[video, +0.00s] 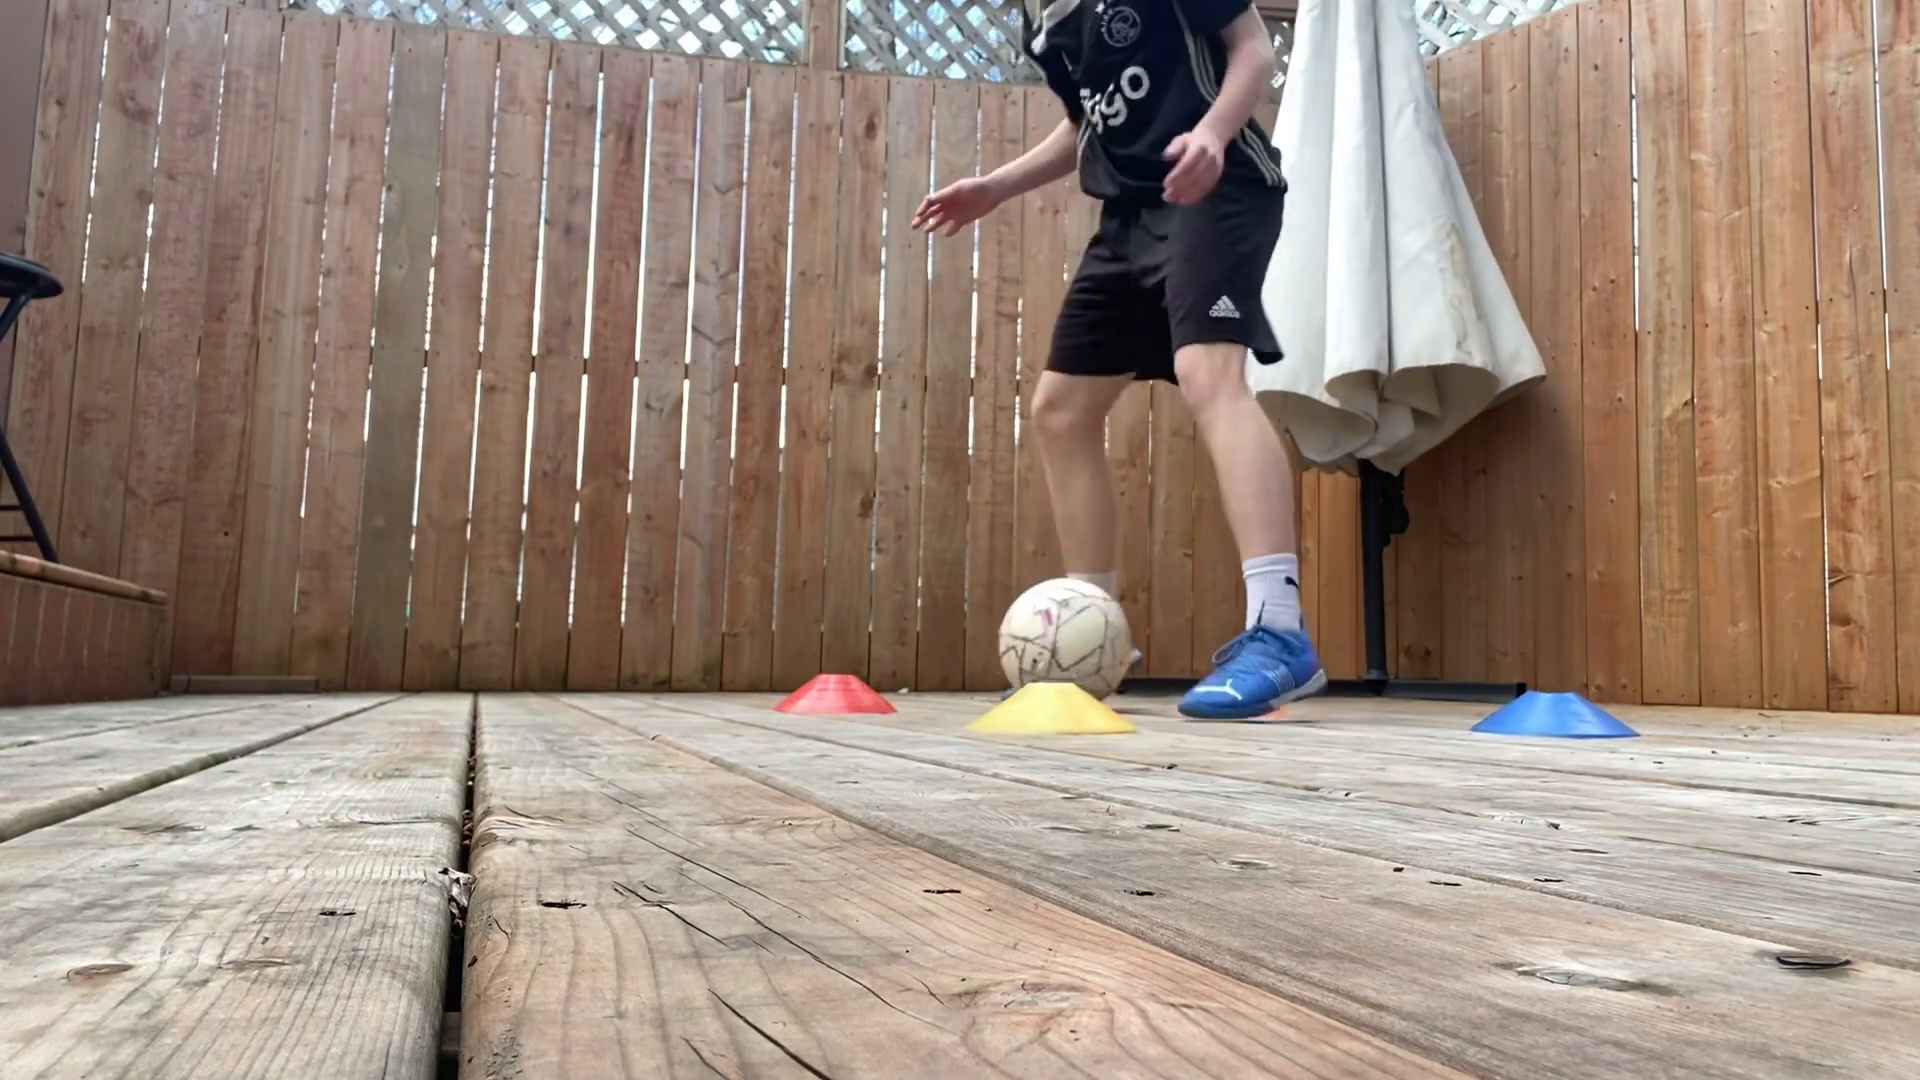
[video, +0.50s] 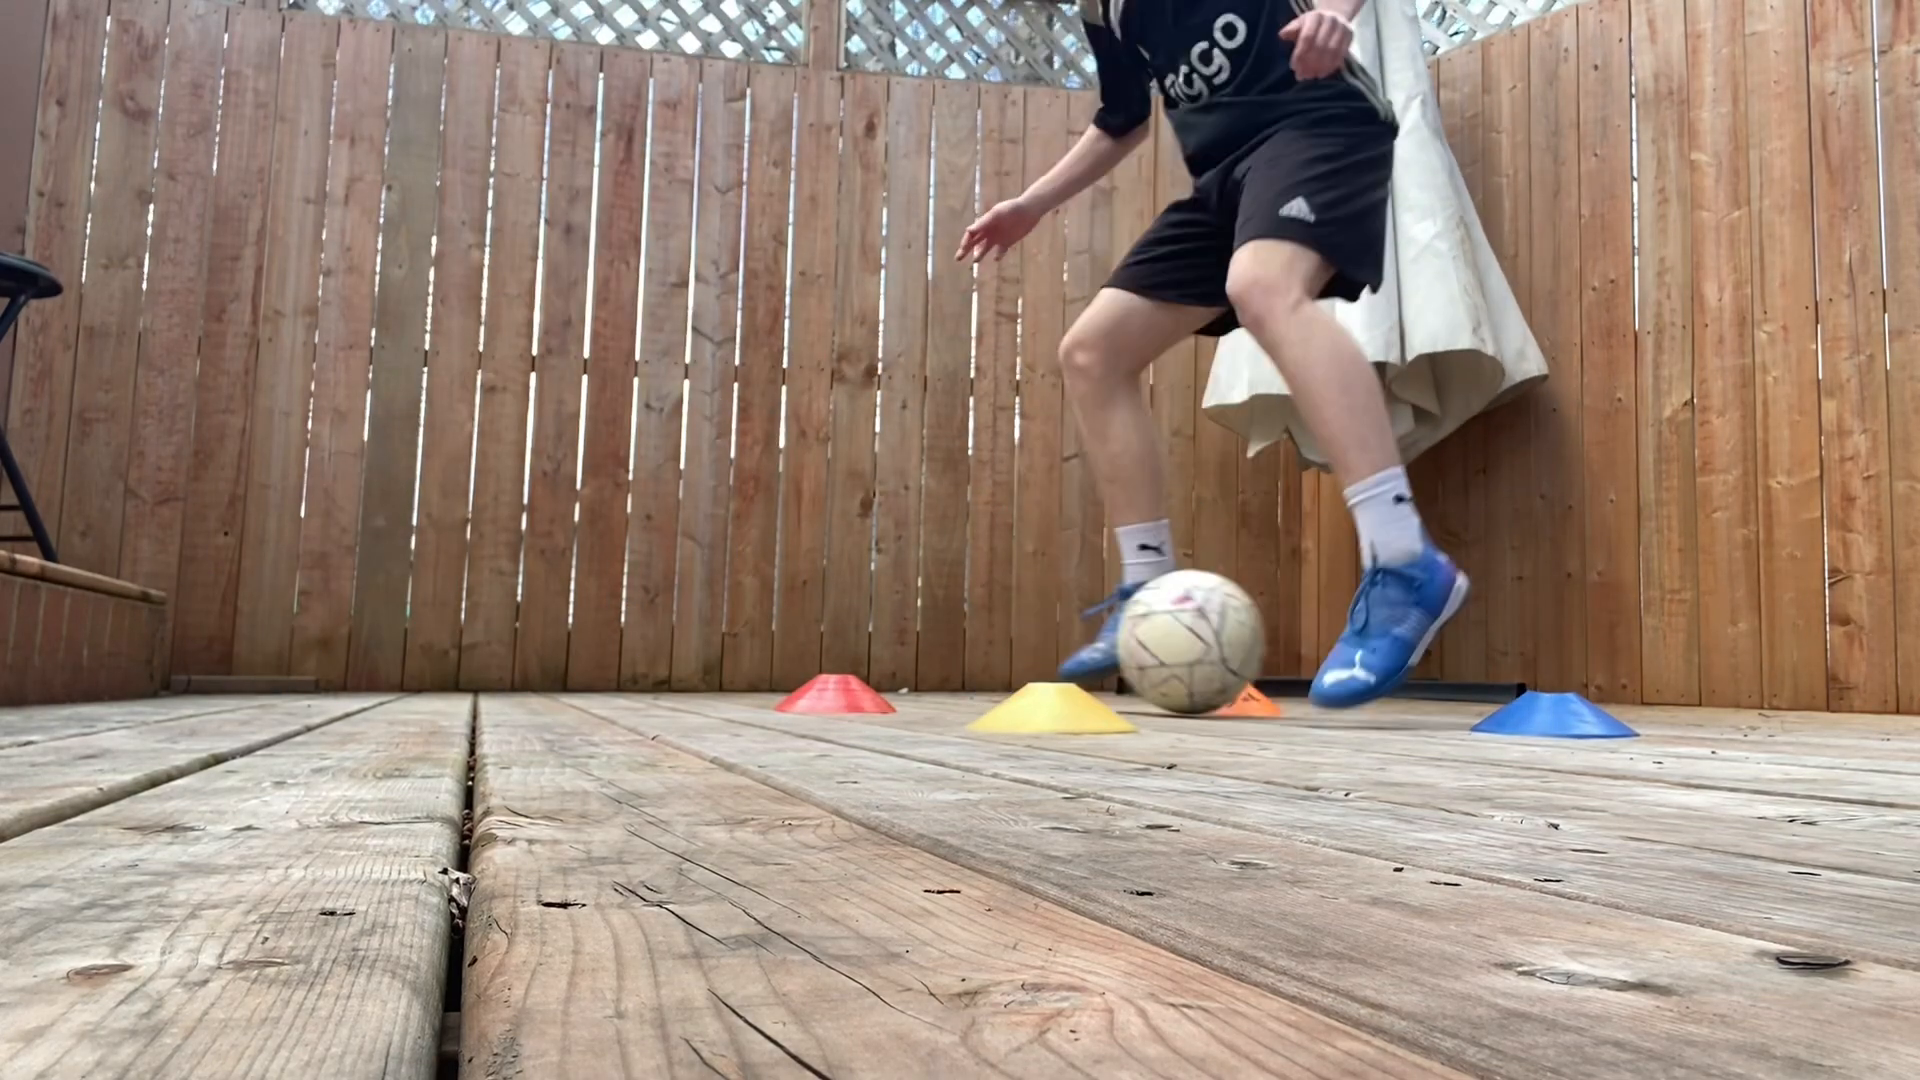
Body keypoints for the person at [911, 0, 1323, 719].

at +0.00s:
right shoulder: (1048, 27)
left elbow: (1255, 50)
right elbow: (1083, 131)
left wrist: (1213, 134)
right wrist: (993, 187)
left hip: (1216, 184)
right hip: (1128, 210)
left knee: (1208, 373)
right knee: (1060, 415)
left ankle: (1279, 635)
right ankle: (1095, 646)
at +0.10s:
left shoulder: (1166, 2)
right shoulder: (1024, 47)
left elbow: (1250, 91)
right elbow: (1052, 161)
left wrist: (1232, 170)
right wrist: (969, 219)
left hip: (1200, 204)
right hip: (1112, 239)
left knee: (1201, 368)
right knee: (1040, 437)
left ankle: (1281, 618)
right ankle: (1069, 654)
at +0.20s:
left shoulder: (1169, 13)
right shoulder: (1013, 75)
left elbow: (1228, 144)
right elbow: (1015, 211)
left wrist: (1237, 202)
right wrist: (928, 265)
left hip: (1190, 260)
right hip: (1100, 289)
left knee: (1189, 391)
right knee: (1029, 483)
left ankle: (1305, 612)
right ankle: (1072, 670)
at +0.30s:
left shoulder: (1202, 3)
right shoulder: (1041, 48)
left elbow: (1274, 111)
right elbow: (1042, 193)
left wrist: (1246, 159)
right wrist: (958, 252)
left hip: (1216, 239)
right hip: (1119, 273)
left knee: (1209, 395)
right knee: (1043, 463)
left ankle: (1323, 650)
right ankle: (1079, 656)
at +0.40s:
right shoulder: (1087, 18)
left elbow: (1334, 5)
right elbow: (1094, 149)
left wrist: (1281, 54)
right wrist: (1002, 225)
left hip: (1274, 178)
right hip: (1179, 213)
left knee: (1244, 369)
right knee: (1069, 406)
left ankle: (1334, 644)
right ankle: (1069, 632)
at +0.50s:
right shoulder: (1107, 10)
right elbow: (1124, 117)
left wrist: (1337, 9)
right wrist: (1030, 204)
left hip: (1314, 118)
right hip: (1220, 181)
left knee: (1264, 285)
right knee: (1091, 355)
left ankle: (1406, 566)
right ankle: (1153, 604)